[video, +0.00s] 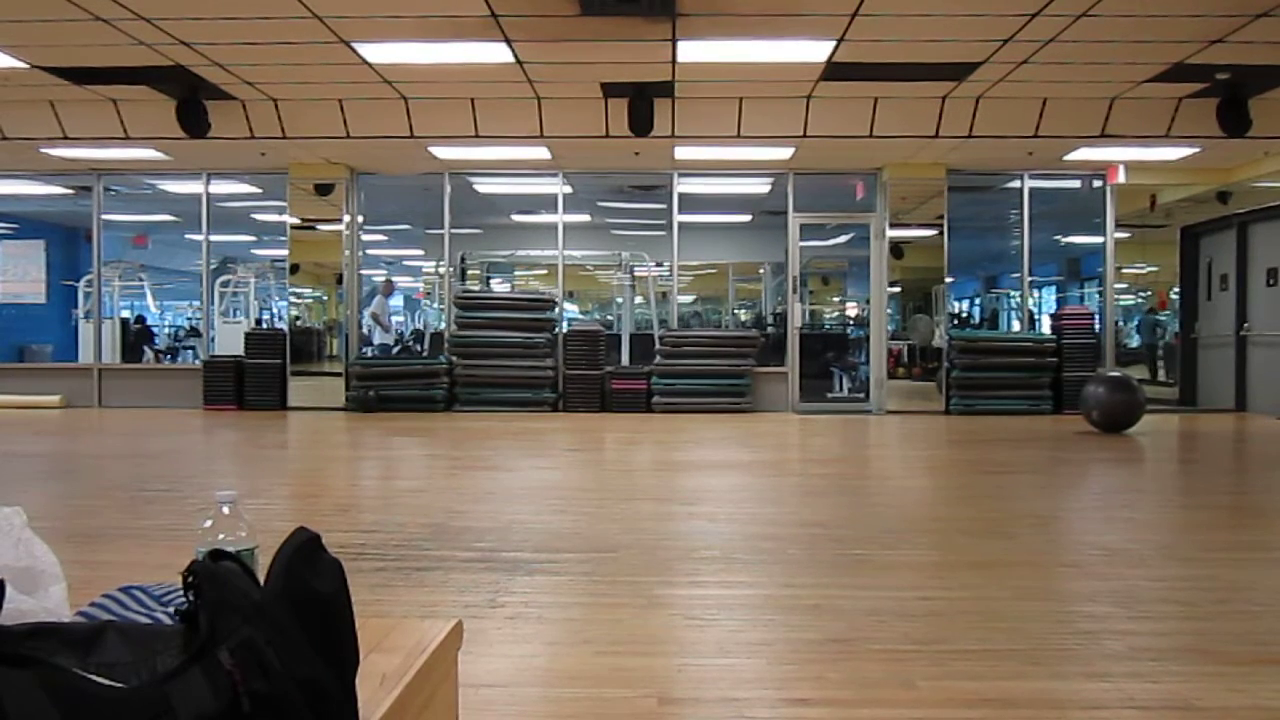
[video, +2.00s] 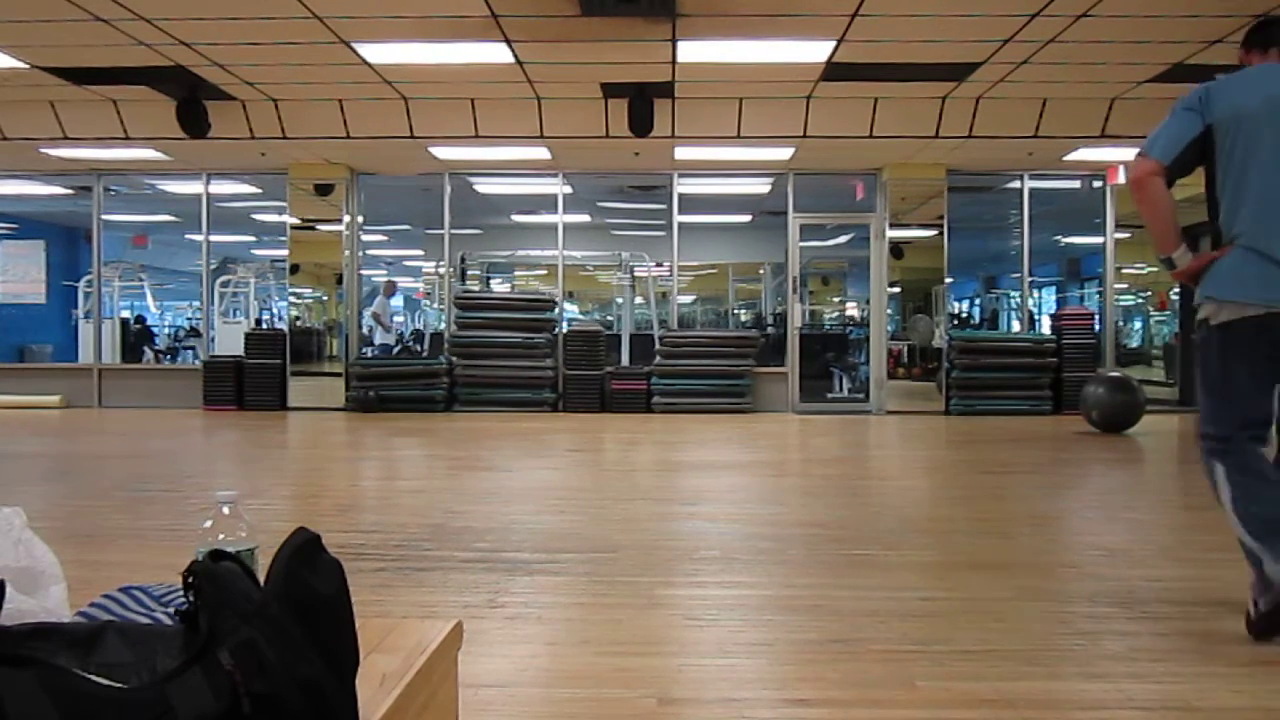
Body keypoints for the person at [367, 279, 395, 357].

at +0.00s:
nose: (392, 291)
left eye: (392, 289)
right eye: (390, 288)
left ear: (392, 289)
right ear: (384, 288)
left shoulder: (385, 301)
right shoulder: (380, 299)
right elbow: (373, 313)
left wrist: (388, 325)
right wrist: (384, 326)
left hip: (386, 338)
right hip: (381, 338)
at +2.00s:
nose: (395, 291)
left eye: (395, 288)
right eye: (393, 288)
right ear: (387, 288)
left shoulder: (387, 301)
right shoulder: (381, 299)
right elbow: (375, 314)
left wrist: (389, 325)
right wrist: (385, 326)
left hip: (388, 338)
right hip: (383, 338)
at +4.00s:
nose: (386, 288)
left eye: (386, 286)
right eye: (384, 286)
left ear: (384, 286)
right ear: (378, 286)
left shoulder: (381, 300)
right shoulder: (372, 298)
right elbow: (365, 313)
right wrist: (379, 323)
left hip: (384, 336)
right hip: (376, 337)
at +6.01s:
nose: (385, 288)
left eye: (385, 286)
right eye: (383, 286)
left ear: (385, 287)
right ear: (377, 287)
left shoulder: (381, 301)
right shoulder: (372, 299)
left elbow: (383, 316)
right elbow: (365, 314)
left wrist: (386, 324)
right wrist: (378, 324)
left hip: (384, 337)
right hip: (376, 338)